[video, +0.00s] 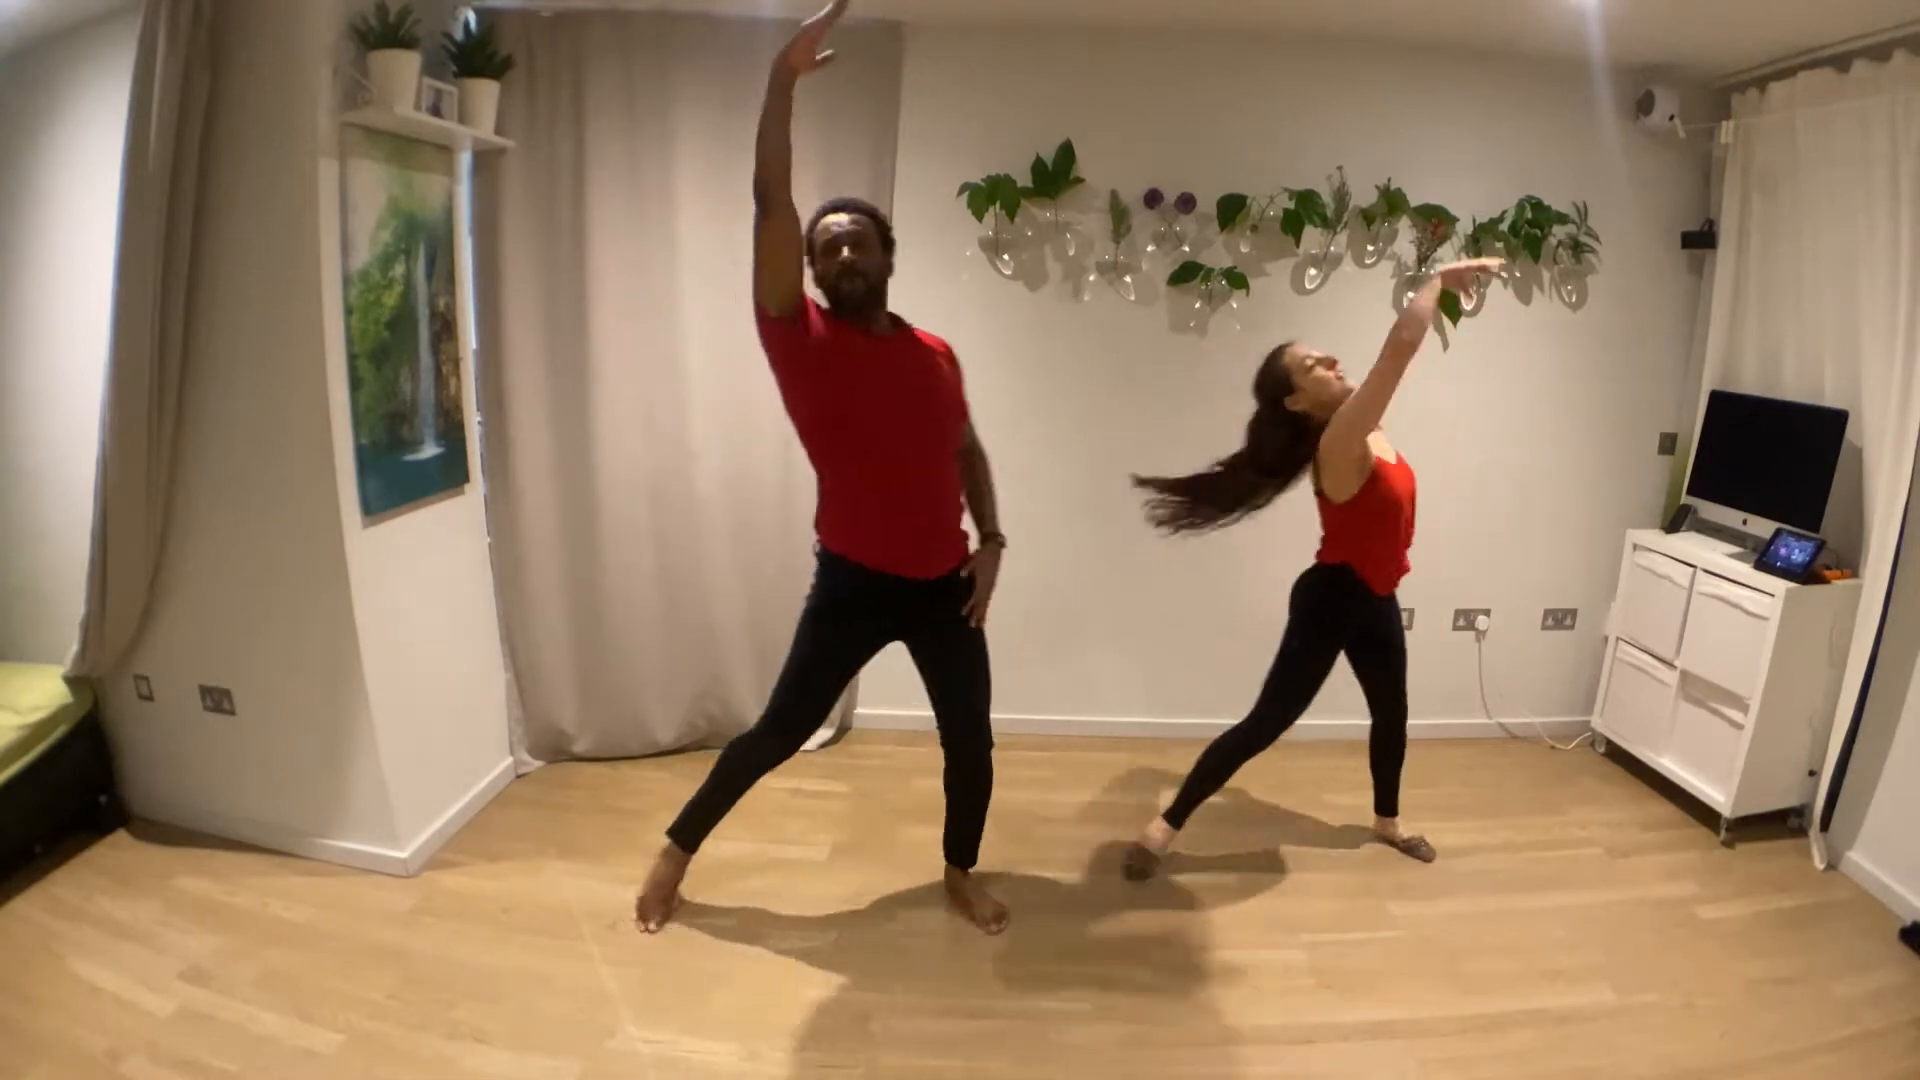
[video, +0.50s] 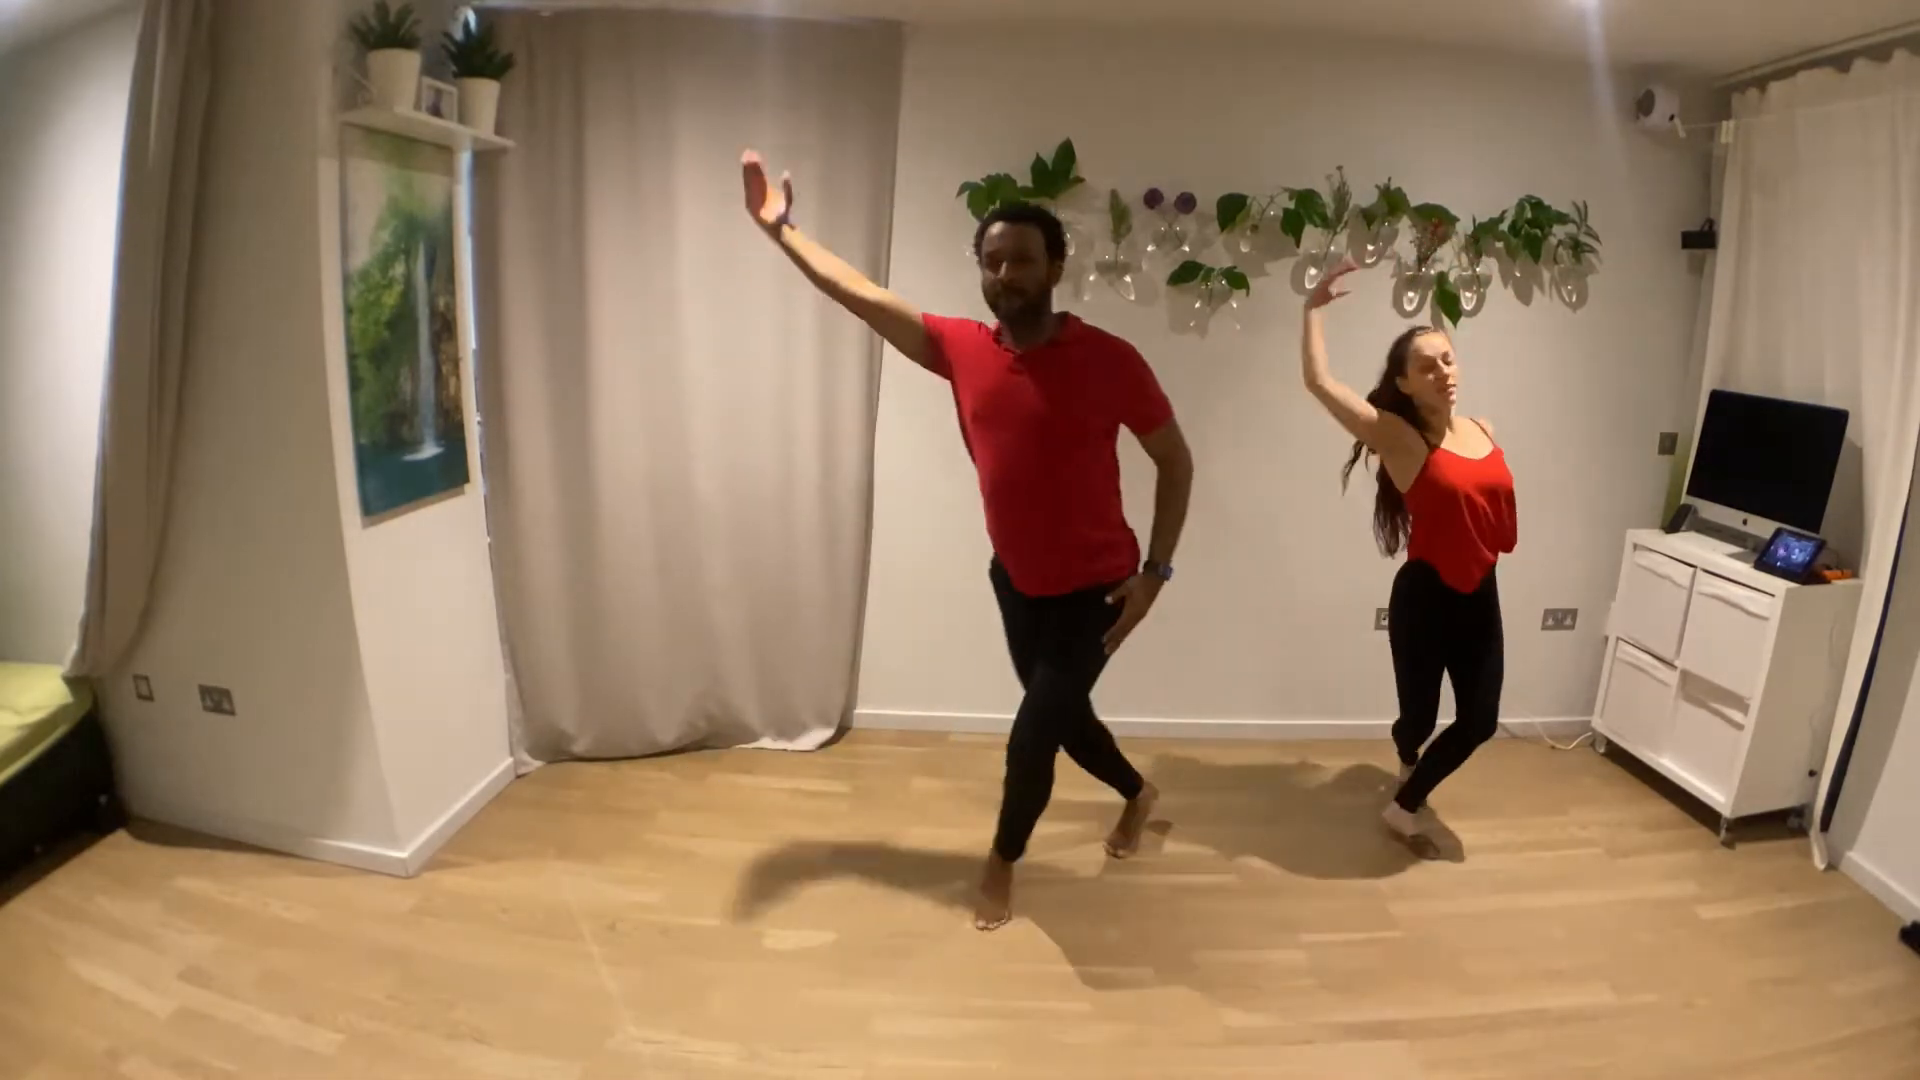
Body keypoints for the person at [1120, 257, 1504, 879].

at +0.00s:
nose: (1329, 360)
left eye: (1321, 354)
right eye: (1313, 365)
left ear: (1323, 385)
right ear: (1300, 402)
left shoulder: (1361, 430)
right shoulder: (1335, 447)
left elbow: (1402, 353)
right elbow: (1403, 347)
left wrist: (1450, 276)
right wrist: (1439, 277)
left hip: (1375, 602)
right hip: (1330, 598)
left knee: (1390, 715)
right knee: (1267, 723)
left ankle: (1387, 821)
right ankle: (1167, 825)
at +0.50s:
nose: (1445, 371)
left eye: (1449, 359)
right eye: (1428, 365)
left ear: (1459, 367)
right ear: (1403, 385)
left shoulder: (1476, 430)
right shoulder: (1396, 438)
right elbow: (1320, 381)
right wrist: (1314, 306)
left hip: (1478, 592)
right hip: (1422, 593)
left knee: (1478, 721)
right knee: (1419, 721)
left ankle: (1403, 808)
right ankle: (1410, 760)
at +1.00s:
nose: (1465, 381)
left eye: (1480, 371)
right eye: (1459, 370)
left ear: (1513, 380)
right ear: (1451, 374)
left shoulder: (1534, 455)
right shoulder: (1429, 441)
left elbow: (1525, 541)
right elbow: (1408, 514)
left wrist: (1497, 583)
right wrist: (1425, 549)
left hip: (1489, 607)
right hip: (1426, 600)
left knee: (1473, 743)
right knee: (1390, 740)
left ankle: (1451, 842)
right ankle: (1417, 795)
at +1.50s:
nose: (1398, 369)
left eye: (1415, 358)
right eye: (1394, 355)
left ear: (1452, 372)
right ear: (1386, 361)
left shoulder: (1469, 442)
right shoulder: (1384, 415)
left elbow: (1558, 466)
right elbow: (1360, 345)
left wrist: (1631, 511)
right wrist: (1341, 265)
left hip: (1408, 627)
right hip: (1341, 621)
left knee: (1410, 788)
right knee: (1333, 783)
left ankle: (1447, 827)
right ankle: (1350, 914)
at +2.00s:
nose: (1270, 409)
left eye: (1289, 398)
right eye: (1269, 394)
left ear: (1336, 415)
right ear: (1264, 397)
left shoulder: (1328, 513)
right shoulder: (1254, 472)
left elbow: (1292, 585)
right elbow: (1147, 451)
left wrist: (1267, 627)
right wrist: (1096, 379)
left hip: (1298, 701)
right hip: (1256, 686)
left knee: (1177, 826)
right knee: (1257, 833)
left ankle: (1081, 963)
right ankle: (1352, 918)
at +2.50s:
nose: (1168, 420)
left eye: (1188, 409)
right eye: (1167, 403)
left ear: (1232, 420)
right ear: (1160, 404)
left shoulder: (1231, 501)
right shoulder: (1167, 458)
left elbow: (1275, 567)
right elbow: (1107, 391)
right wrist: (1078, 338)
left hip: (1202, 692)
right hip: (1144, 678)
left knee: (1092, 849)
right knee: (1096, 831)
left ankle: (1074, 970)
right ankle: (1156, 889)